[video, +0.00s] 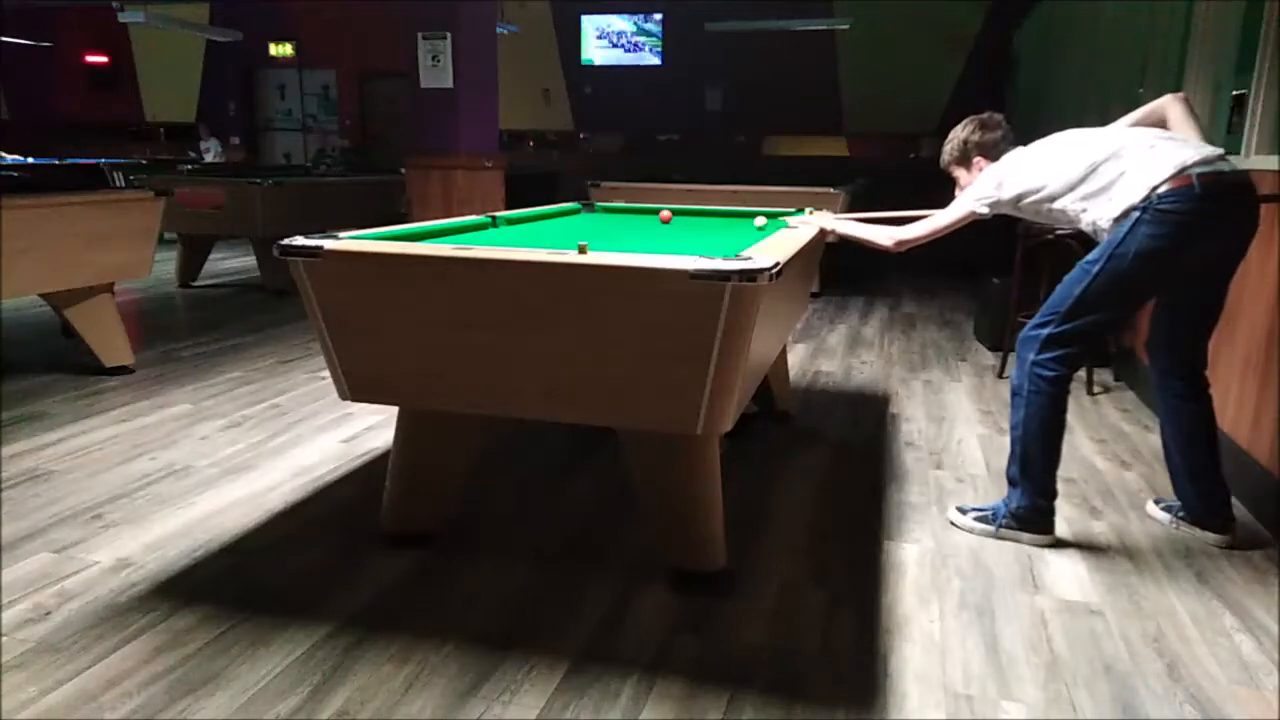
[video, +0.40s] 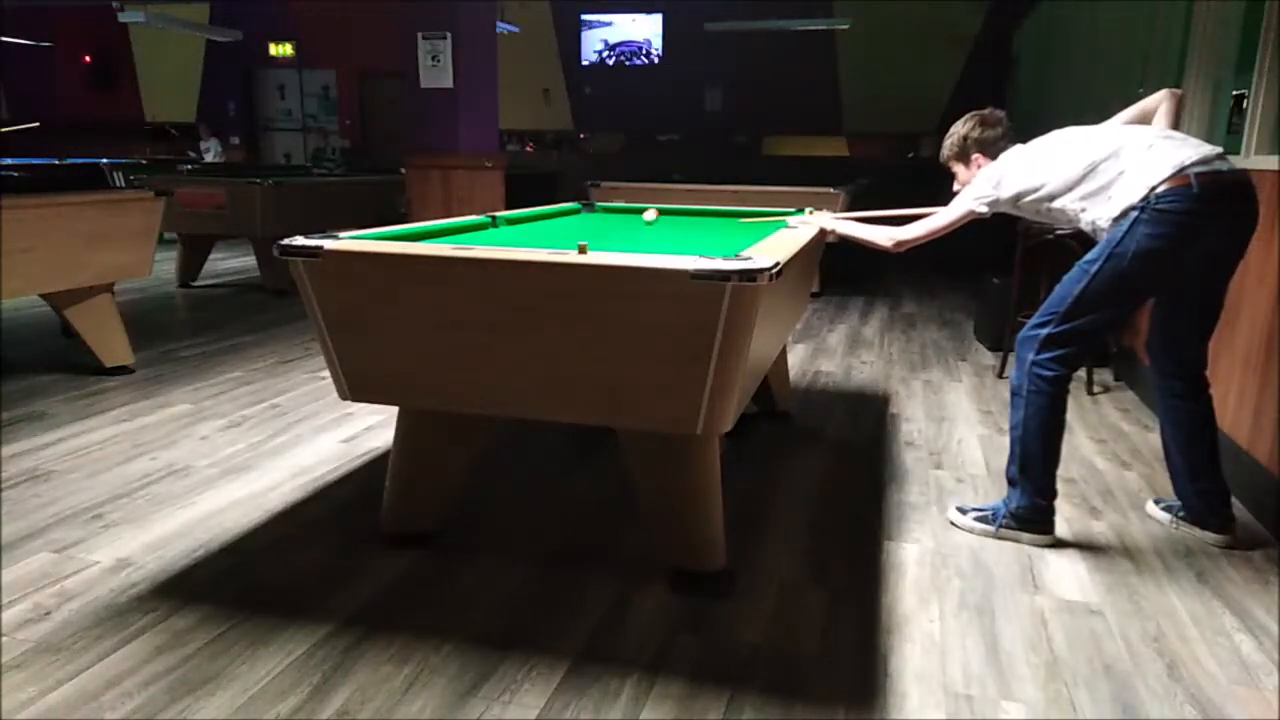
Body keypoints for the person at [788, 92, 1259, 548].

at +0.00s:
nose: (960, 194)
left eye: (958, 182)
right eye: (957, 185)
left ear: (977, 166)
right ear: (1008, 149)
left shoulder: (1001, 175)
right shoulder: (1081, 145)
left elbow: (900, 239)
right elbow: (1171, 102)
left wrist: (833, 224)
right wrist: (1205, 169)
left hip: (1173, 203)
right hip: (1233, 199)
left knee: (1041, 346)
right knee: (1177, 359)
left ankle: (1026, 510)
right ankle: (1206, 509)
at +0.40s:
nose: (959, 190)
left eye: (958, 178)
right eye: (956, 181)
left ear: (979, 161)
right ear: (1004, 149)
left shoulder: (1001, 174)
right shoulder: (1082, 143)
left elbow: (899, 240)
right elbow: (1166, 97)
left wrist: (834, 224)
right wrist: (1142, 167)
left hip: (1173, 202)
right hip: (1233, 196)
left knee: (1041, 345)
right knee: (1176, 359)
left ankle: (1026, 509)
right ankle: (1207, 509)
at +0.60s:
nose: (933, 14)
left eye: (938, 5)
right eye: (935, 6)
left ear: (964, 4)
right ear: (990, 6)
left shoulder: (948, 45)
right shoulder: (1045, 30)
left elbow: (881, 140)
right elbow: (1135, 65)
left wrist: (831, 202)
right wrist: (1135, 144)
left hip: (1033, 192)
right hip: (1089, 184)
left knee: (1006, 351)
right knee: (1040, 329)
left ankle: (1026, 504)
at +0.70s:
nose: (907, 4)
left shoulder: (928, 35)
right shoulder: (985, 34)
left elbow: (927, 119)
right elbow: (1003, 115)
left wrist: (857, 153)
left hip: (936, 191)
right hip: (984, 194)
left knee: (896, 298)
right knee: (973, 316)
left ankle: (874, 393)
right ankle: (981, 431)